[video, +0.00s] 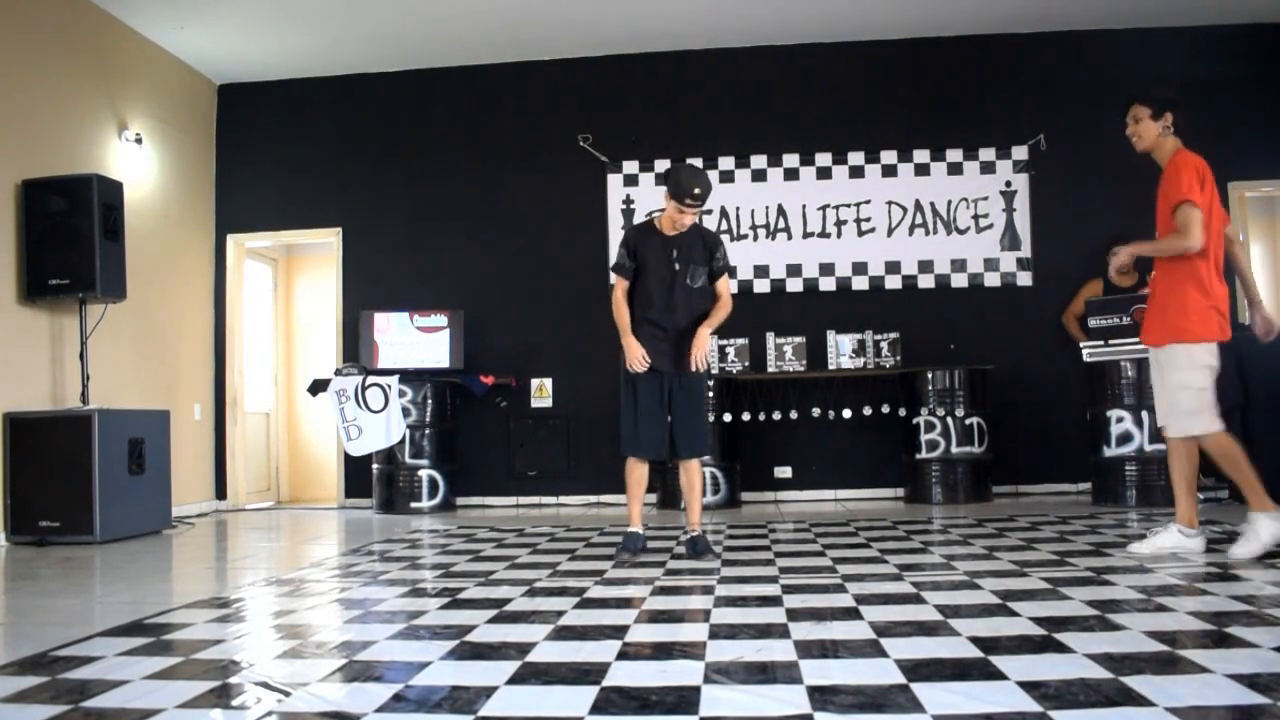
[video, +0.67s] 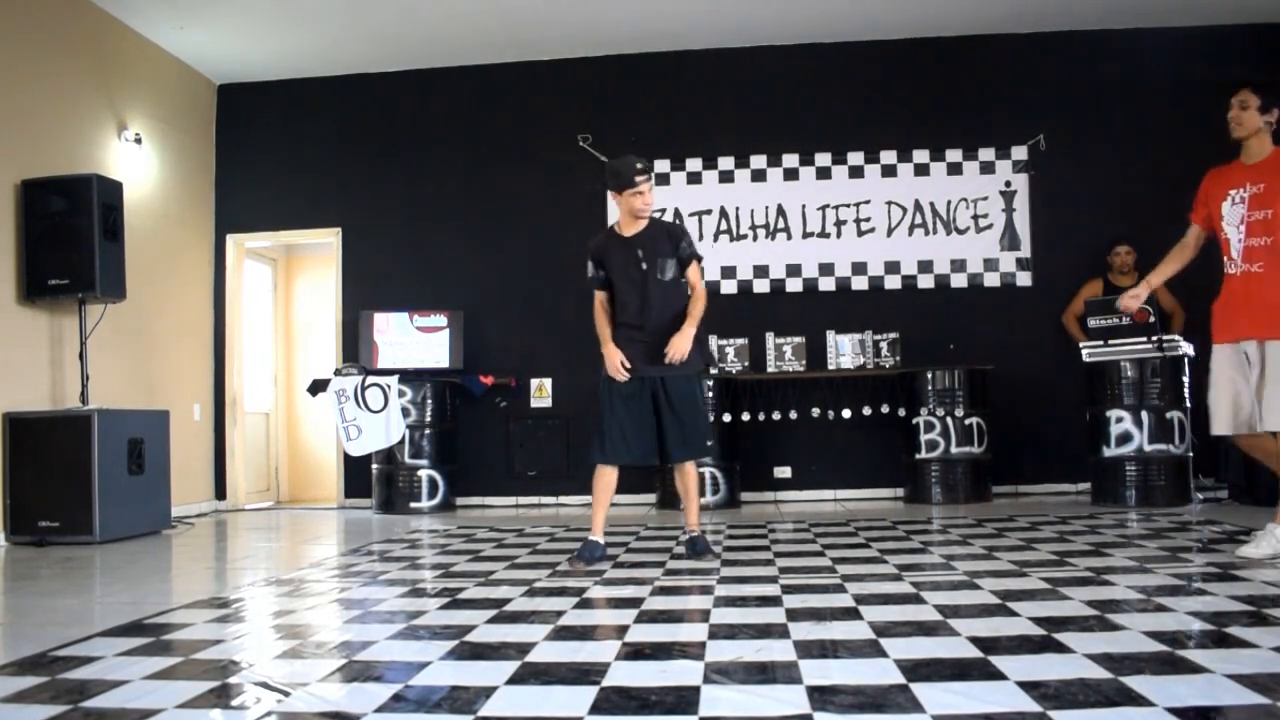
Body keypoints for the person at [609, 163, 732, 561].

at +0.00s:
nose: (688, 219)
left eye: (696, 212)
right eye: (682, 211)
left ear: (703, 207)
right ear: (666, 198)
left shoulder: (708, 241)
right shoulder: (637, 237)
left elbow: (725, 299)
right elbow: (619, 294)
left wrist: (705, 330)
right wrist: (628, 340)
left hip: (689, 358)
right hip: (644, 357)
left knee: (690, 447)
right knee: (639, 446)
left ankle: (695, 532)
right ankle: (634, 530)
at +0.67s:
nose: (646, 199)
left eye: (649, 191)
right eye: (636, 193)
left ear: (653, 192)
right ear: (615, 196)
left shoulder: (673, 235)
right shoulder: (601, 247)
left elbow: (699, 290)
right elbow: (601, 303)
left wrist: (687, 332)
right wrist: (607, 346)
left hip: (675, 363)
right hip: (625, 365)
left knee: (684, 449)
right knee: (609, 450)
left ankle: (694, 532)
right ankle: (595, 538)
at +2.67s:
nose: (651, 213)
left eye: (658, 206)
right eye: (643, 205)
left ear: (667, 200)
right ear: (628, 197)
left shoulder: (681, 238)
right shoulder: (604, 240)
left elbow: (698, 293)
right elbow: (594, 297)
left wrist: (692, 334)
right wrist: (601, 341)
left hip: (672, 362)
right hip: (621, 364)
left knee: (686, 446)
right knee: (614, 449)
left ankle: (687, 529)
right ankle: (610, 531)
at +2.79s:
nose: (647, 209)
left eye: (655, 200)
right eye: (640, 200)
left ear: (668, 193)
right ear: (630, 195)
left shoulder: (695, 233)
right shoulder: (620, 237)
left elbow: (718, 291)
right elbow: (614, 287)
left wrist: (698, 335)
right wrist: (607, 326)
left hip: (673, 359)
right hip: (623, 355)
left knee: (682, 445)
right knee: (589, 430)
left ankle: (681, 530)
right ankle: (564, 513)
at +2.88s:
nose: (646, 212)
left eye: (653, 204)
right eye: (639, 204)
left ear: (667, 196)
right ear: (629, 199)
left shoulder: (697, 236)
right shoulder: (625, 243)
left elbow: (720, 292)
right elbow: (619, 289)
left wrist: (701, 332)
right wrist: (611, 325)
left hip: (682, 356)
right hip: (632, 353)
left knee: (683, 444)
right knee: (588, 420)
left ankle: (681, 532)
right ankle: (552, 456)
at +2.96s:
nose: (643, 210)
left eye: (650, 201)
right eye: (635, 202)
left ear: (663, 193)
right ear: (625, 199)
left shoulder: (693, 230)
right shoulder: (620, 243)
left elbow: (718, 284)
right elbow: (615, 292)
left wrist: (705, 325)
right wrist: (615, 326)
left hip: (691, 350)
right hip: (642, 352)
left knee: (691, 440)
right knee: (621, 420)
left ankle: (686, 530)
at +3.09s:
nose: (640, 214)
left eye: (646, 205)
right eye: (632, 207)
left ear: (660, 195)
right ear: (622, 205)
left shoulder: (691, 230)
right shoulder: (619, 246)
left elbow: (722, 282)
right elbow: (615, 295)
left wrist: (712, 330)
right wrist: (627, 329)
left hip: (707, 351)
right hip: (658, 355)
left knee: (731, 441)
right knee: (649, 440)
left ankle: (759, 521)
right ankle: (657, 527)